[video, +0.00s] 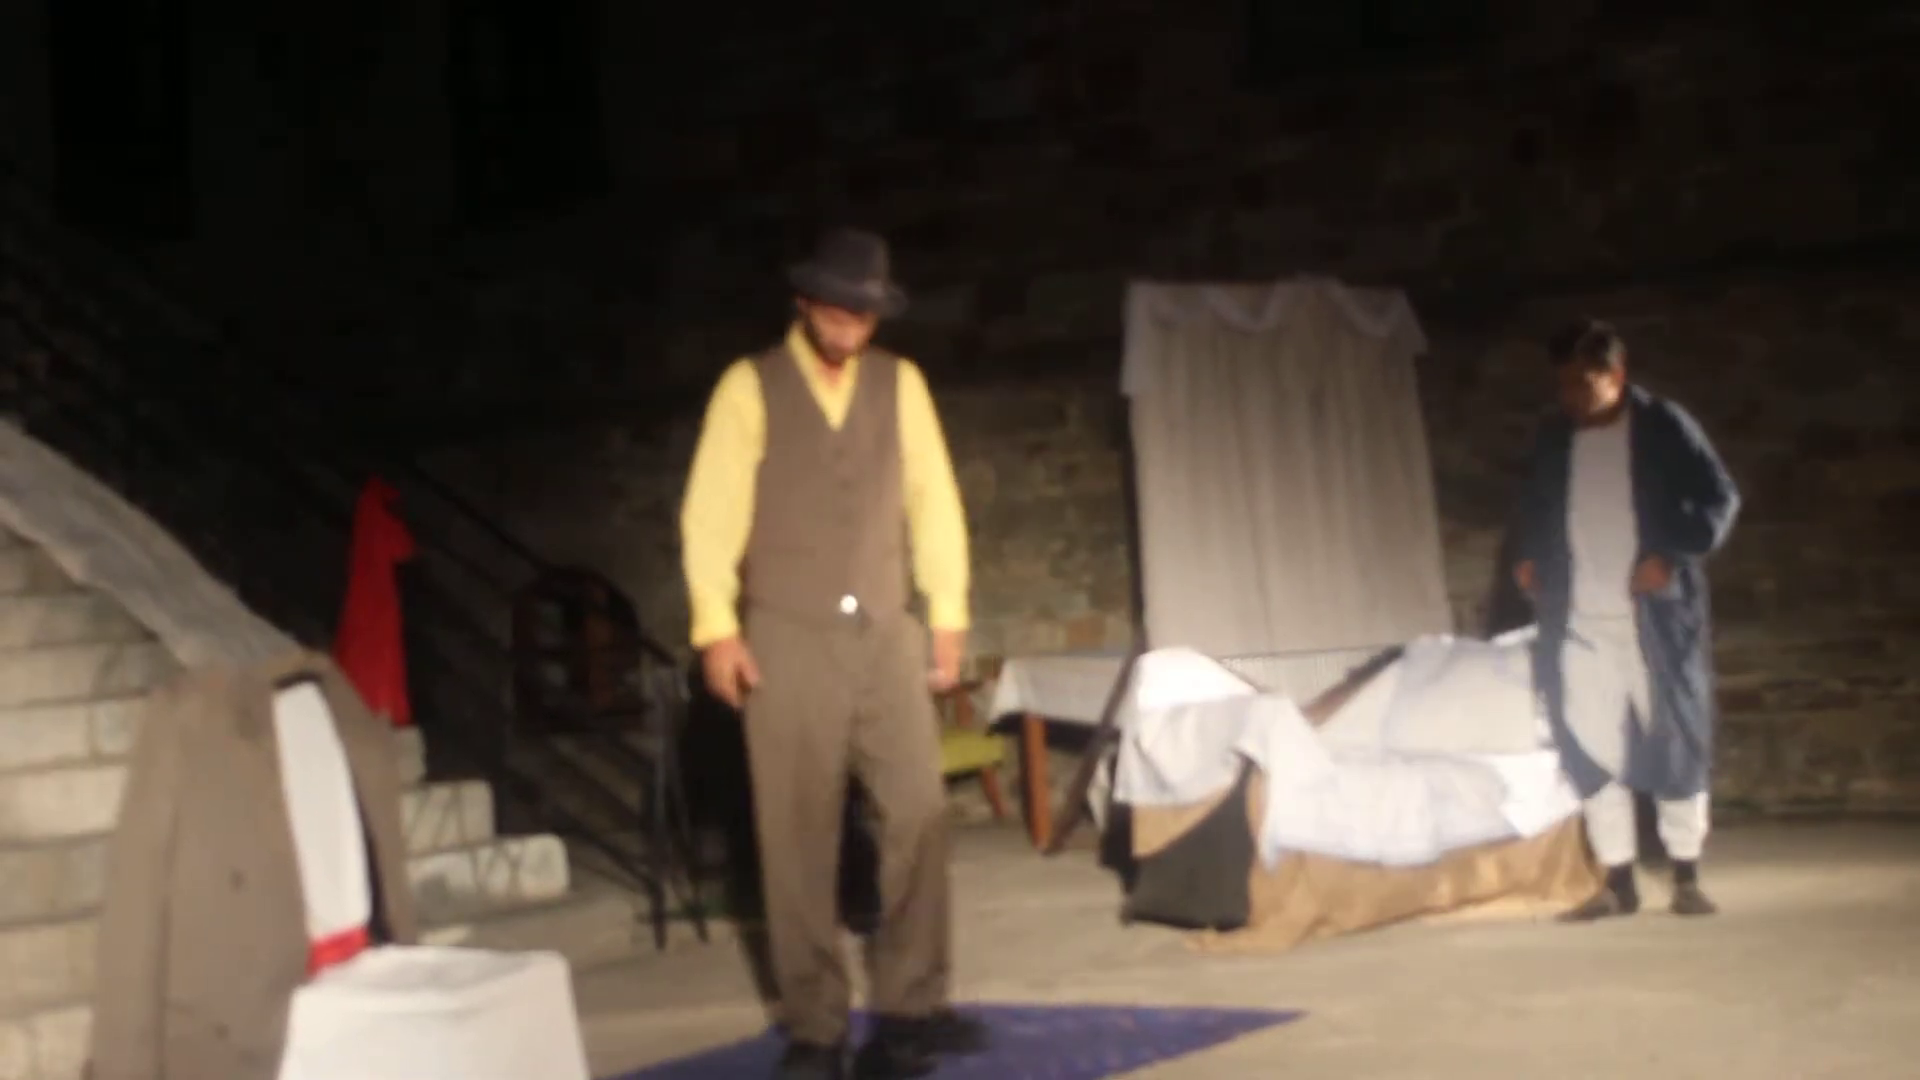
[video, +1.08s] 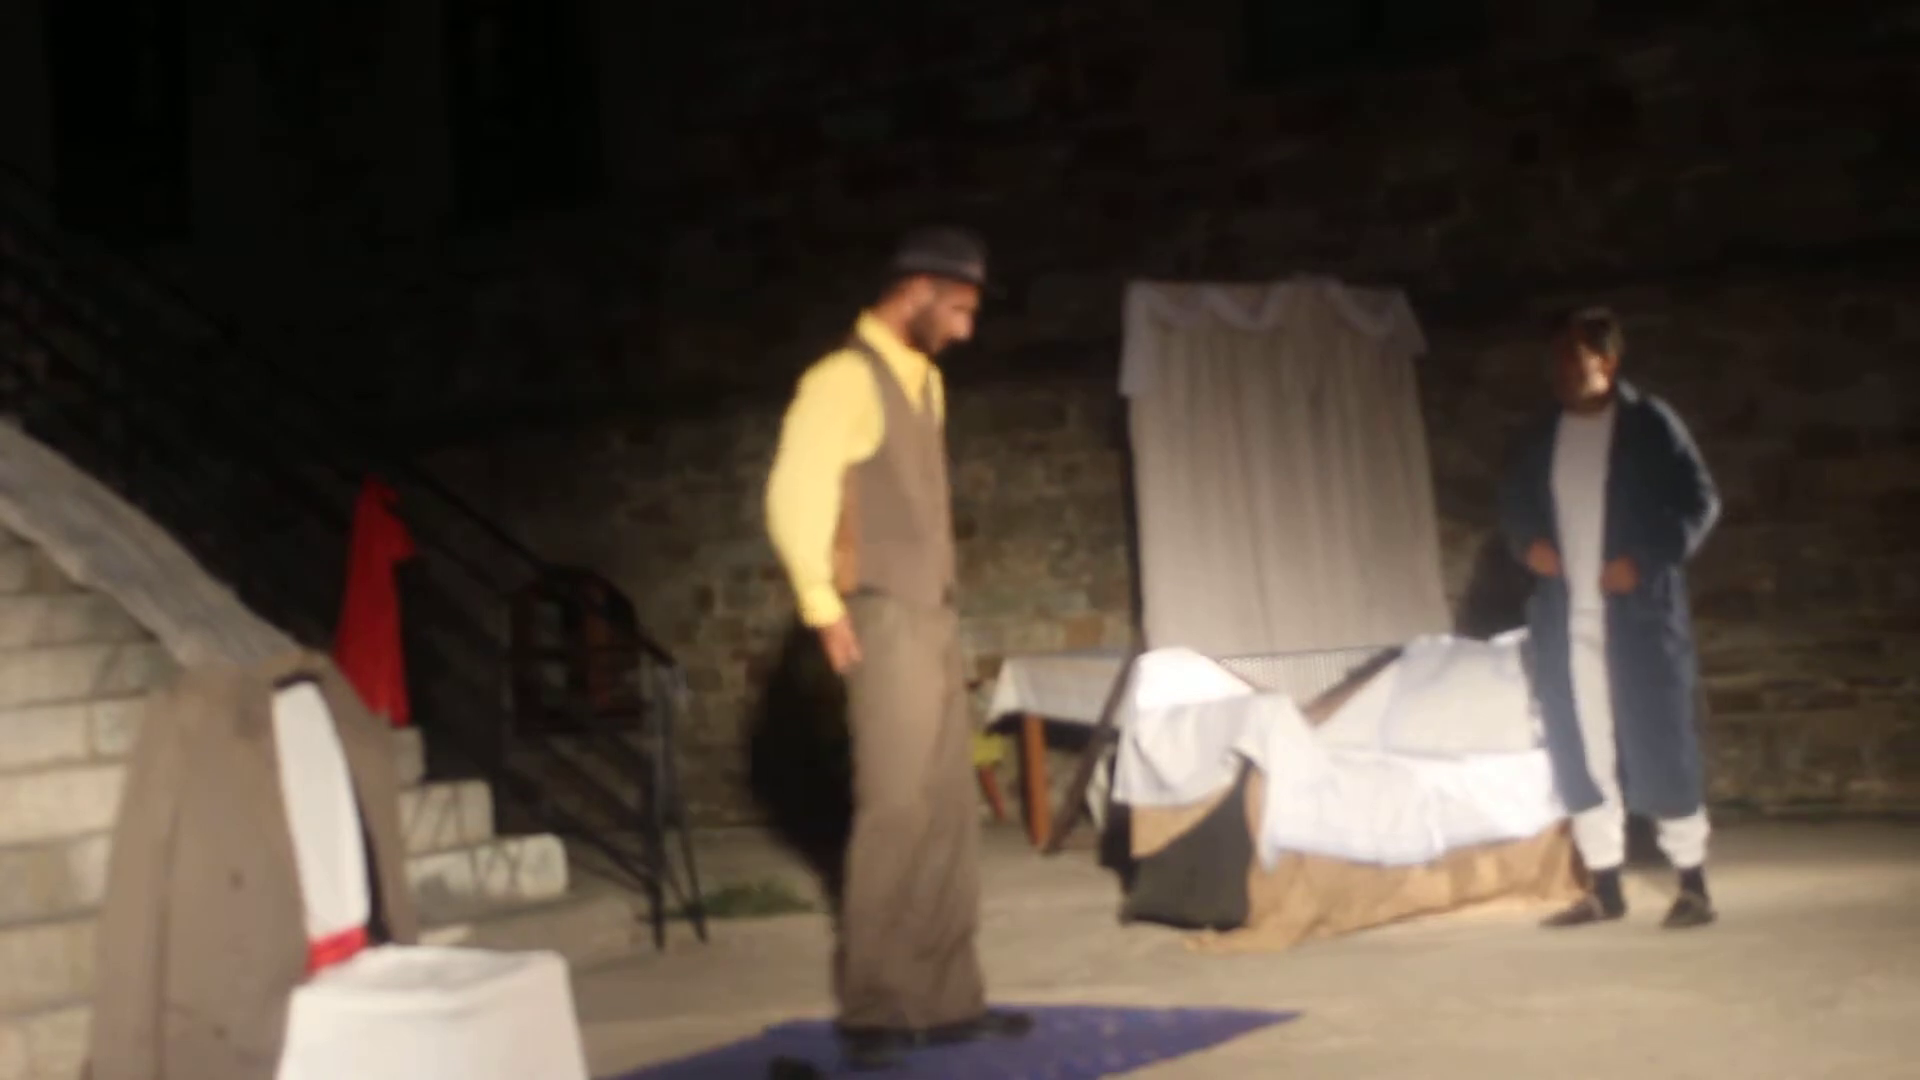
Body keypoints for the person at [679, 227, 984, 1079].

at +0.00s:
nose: (848, 329)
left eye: (863, 315)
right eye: (835, 311)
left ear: (881, 316)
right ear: (803, 301)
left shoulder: (900, 385)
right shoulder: (750, 388)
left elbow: (935, 503)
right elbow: (711, 511)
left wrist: (947, 618)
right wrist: (716, 627)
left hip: (889, 638)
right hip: (786, 642)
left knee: (919, 813)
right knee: (796, 835)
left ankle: (911, 1009)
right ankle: (813, 1025)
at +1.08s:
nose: (968, 322)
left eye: (973, 307)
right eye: (962, 304)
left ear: (936, 300)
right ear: (914, 291)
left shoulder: (924, 383)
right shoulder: (845, 379)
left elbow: (913, 507)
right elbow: (794, 496)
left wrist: (935, 617)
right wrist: (822, 605)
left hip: (932, 620)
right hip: (882, 620)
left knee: (948, 811)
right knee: (894, 813)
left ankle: (946, 1001)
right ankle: (873, 1012)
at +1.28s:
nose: (999, 307)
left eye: (1001, 290)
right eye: (994, 289)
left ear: (946, 286)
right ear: (953, 286)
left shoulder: (924, 368)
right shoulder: (898, 369)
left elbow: (883, 492)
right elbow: (845, 485)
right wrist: (864, 599)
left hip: (923, 610)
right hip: (918, 612)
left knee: (925, 817)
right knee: (955, 811)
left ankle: (928, 1004)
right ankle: (983, 1002)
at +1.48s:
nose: (1023, 324)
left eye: (1027, 307)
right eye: (1018, 305)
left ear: (969, 298)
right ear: (980, 292)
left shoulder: (923, 362)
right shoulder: (952, 366)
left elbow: (920, 491)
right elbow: (932, 486)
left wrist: (952, 596)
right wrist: (953, 606)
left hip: (909, 607)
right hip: (949, 608)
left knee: (948, 808)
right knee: (1013, 799)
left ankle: (942, 1002)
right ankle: (1020, 1002)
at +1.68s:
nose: (1056, 349)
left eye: (1062, 334)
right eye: (1056, 329)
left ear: (1004, 305)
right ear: (1025, 306)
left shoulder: (919, 382)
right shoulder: (999, 377)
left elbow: (876, 498)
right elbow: (1019, 504)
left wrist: (897, 593)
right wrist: (1067, 606)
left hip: (926, 612)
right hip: (979, 609)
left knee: (1010, 790)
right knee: (1025, 800)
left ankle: (971, 961)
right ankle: (1023, 1005)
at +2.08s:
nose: (1083, 360)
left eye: (1090, 347)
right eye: (1084, 342)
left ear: (1043, 317)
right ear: (1051, 315)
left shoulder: (972, 378)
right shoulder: (1012, 379)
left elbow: (929, 504)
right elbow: (998, 492)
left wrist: (924, 619)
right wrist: (1023, 602)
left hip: (948, 605)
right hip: (986, 606)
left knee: (984, 797)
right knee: (1066, 771)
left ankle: (1015, 974)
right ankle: (1069, 965)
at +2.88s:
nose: (1133, 302)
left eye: (1133, 286)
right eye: (1131, 287)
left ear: (1064, 291)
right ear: (1109, 287)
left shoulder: (1023, 376)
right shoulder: (1085, 371)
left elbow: (997, 498)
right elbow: (1095, 494)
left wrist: (1018, 568)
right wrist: (1127, 605)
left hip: (1034, 600)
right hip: (1077, 601)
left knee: (1070, 788)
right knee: (1097, 790)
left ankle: (1036, 967)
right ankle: (1106, 983)